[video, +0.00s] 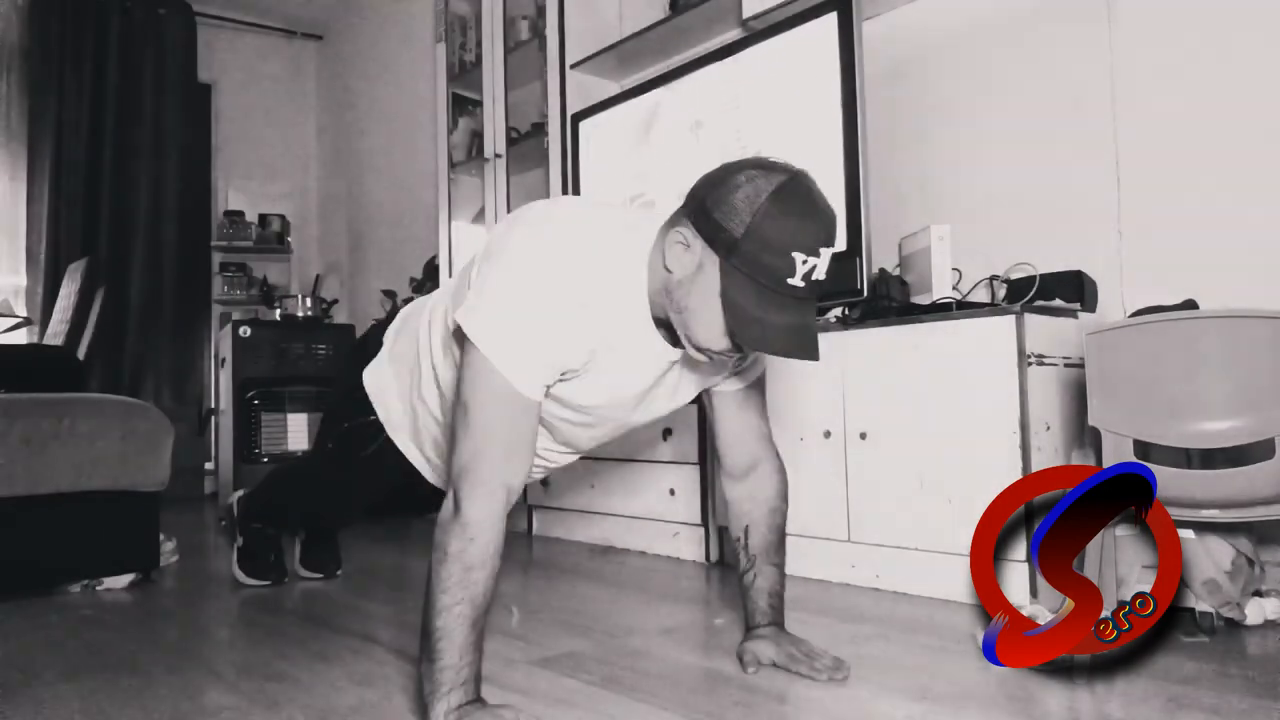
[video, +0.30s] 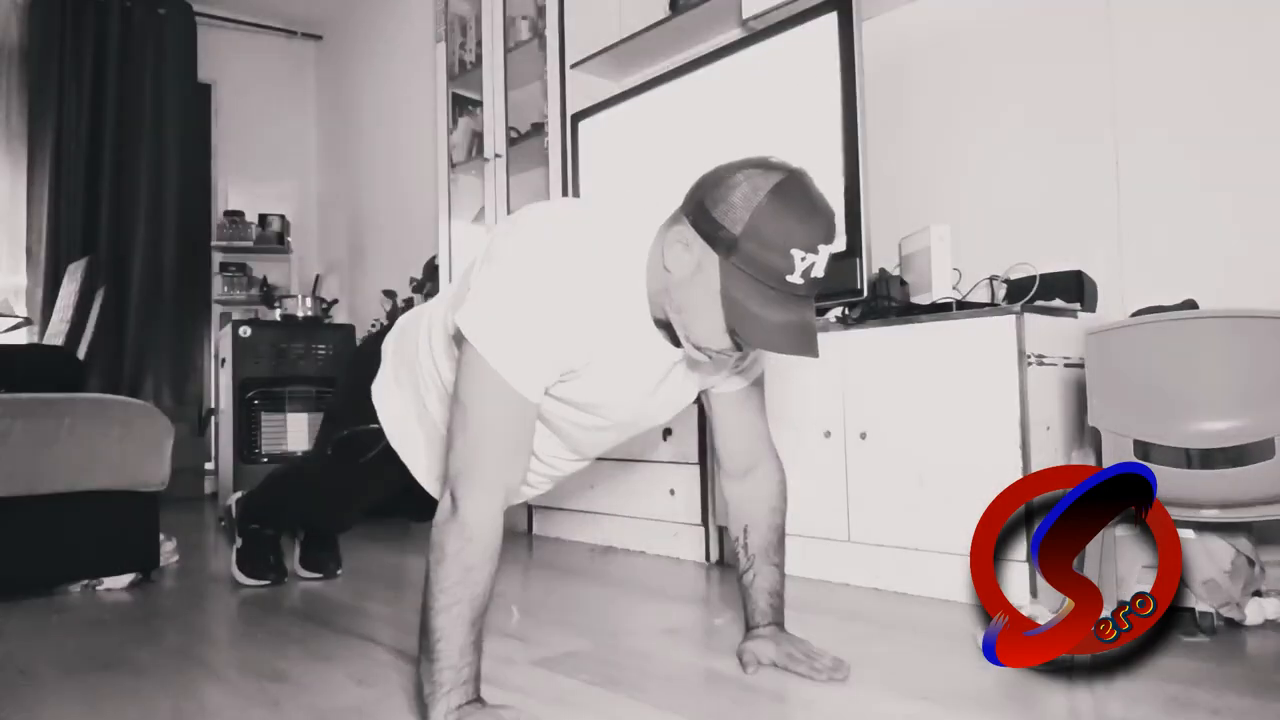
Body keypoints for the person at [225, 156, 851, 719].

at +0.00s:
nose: (749, 349)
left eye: (764, 332)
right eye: (743, 318)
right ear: (682, 254)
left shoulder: (725, 320)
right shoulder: (544, 266)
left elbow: (752, 471)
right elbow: (476, 502)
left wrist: (766, 628)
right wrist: (451, 701)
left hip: (497, 449)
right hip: (411, 407)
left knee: (381, 497)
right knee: (324, 482)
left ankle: (318, 521)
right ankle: (253, 516)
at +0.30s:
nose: (749, 346)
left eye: (763, 329)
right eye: (742, 317)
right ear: (683, 253)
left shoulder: (723, 321)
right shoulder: (542, 267)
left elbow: (750, 470)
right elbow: (471, 505)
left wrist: (765, 628)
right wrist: (451, 700)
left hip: (495, 452)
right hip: (410, 401)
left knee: (382, 495)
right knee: (325, 480)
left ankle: (316, 521)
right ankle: (252, 517)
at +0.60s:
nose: (776, 534)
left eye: (795, 520)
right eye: (775, 510)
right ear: (742, 445)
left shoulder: (780, 409)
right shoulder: (585, 401)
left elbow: (776, 513)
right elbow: (396, 528)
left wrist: (765, 625)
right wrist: (446, 702)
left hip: (523, 483)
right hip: (432, 438)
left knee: (358, 509)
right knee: (324, 494)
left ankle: (303, 543)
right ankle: (255, 521)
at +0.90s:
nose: (842, 698)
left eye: (863, 680)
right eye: (840, 670)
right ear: (781, 595)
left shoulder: (825, 520)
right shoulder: (629, 533)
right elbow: (402, 533)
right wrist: (444, 702)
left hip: (550, 498)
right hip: (450, 540)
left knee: (388, 509)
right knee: (345, 538)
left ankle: (318, 496)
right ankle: (273, 517)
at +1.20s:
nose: (798, 462)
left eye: (813, 446)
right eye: (794, 436)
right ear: (735, 374)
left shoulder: (755, 415)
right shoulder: (584, 382)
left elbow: (769, 497)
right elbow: (394, 528)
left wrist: (765, 628)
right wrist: (447, 702)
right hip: (413, 459)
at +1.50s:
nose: (770, 364)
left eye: (786, 345)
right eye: (764, 334)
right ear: (700, 273)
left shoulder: (732, 323)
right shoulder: (563, 283)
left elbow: (755, 469)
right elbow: (455, 505)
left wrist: (763, 630)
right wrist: (450, 700)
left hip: (493, 457)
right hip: (392, 422)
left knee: (363, 513)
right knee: (319, 498)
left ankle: (306, 523)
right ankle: (259, 518)